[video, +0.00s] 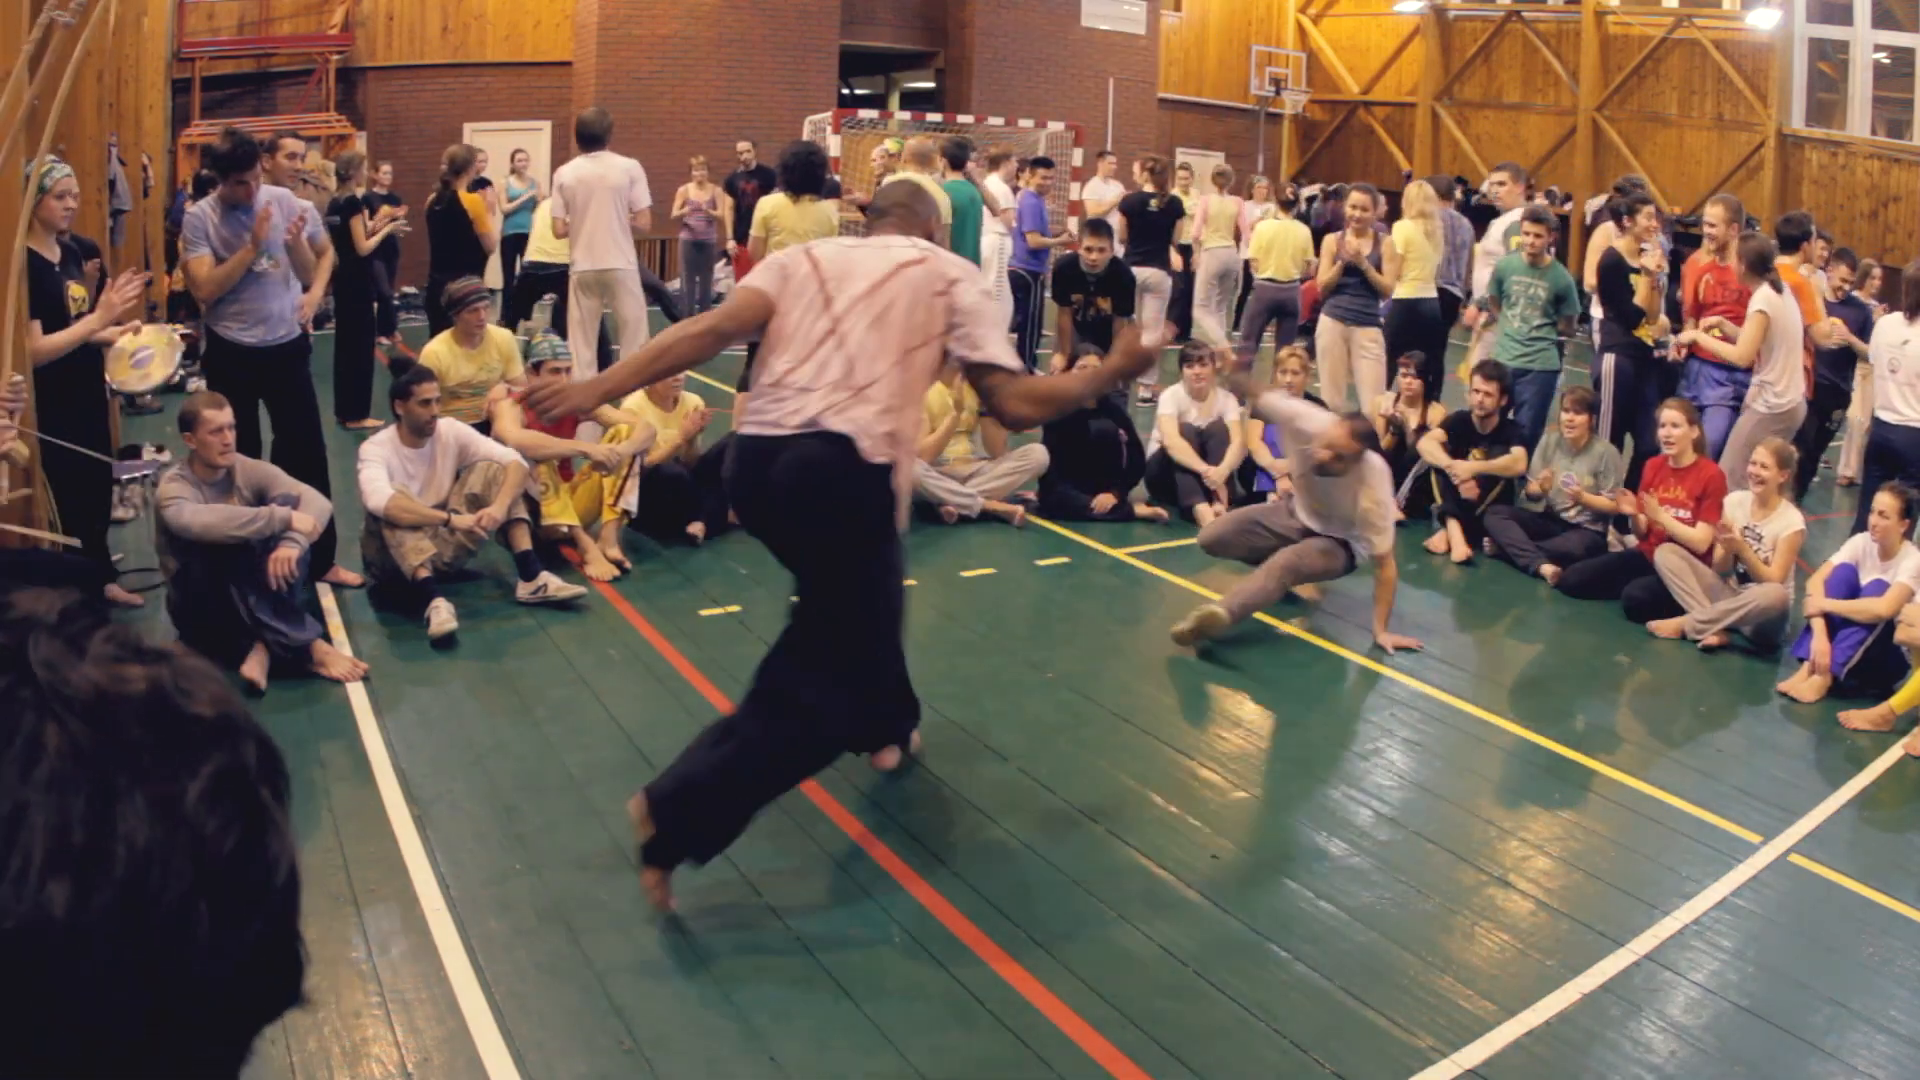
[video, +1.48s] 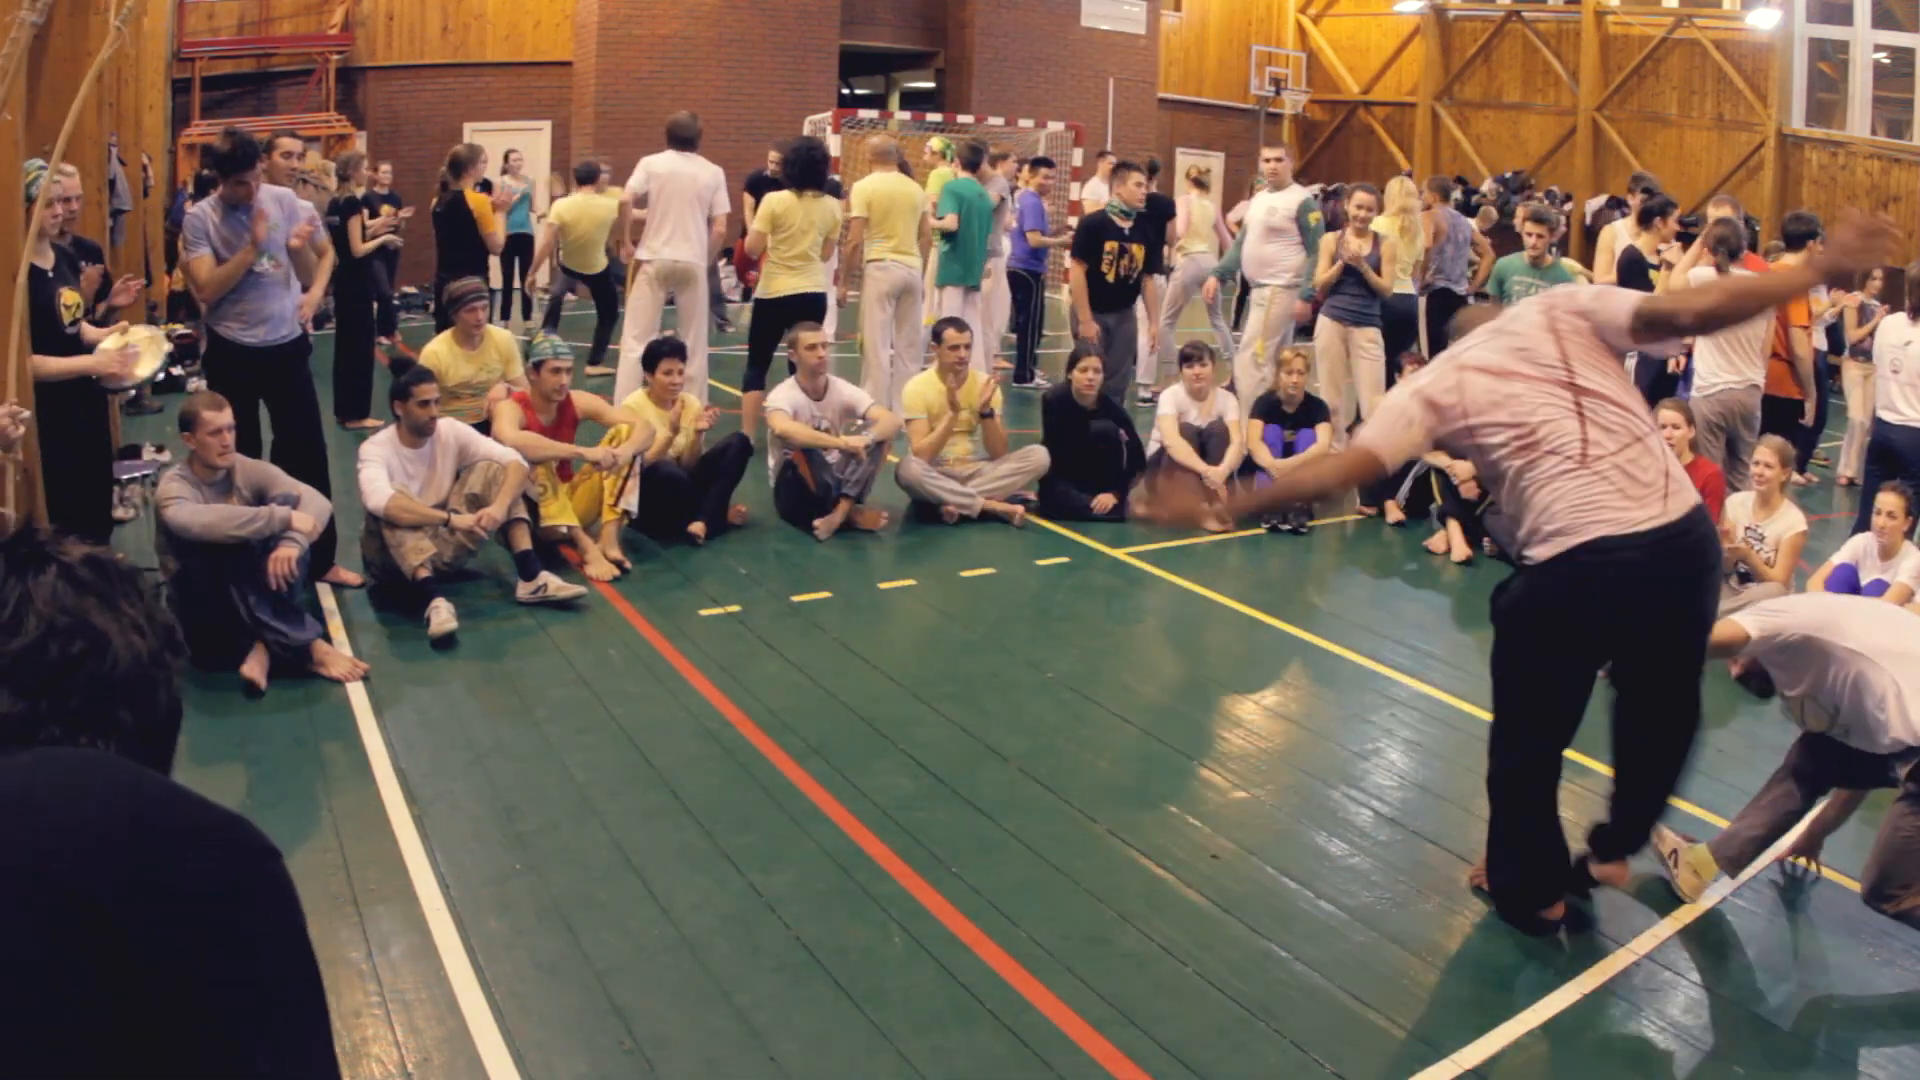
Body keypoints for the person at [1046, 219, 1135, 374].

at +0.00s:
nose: (1094, 257)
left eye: (1101, 251)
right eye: (1088, 250)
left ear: (1112, 251)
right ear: (1079, 248)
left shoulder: (1122, 274)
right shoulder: (1064, 267)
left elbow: (1120, 321)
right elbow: (1064, 313)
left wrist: (1113, 358)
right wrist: (1064, 353)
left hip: (1108, 336)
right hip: (1075, 334)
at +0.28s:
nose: (1101, 259)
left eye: (1108, 252)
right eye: (1095, 253)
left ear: (1115, 251)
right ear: (1082, 250)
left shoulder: (1124, 275)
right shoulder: (1065, 268)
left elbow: (1121, 320)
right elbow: (1064, 314)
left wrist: (1118, 357)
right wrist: (1064, 354)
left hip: (1112, 333)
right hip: (1077, 332)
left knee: (1116, 388)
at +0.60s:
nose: (1108, 255)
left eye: (1114, 248)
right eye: (1101, 248)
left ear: (1121, 248)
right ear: (1088, 245)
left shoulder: (1127, 271)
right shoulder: (1068, 267)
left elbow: (1124, 319)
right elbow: (1066, 314)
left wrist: (1121, 358)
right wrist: (1066, 359)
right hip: (1079, 336)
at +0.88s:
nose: (1120, 231)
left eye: (1127, 225)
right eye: (1114, 223)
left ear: (1135, 227)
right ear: (1102, 224)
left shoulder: (1139, 260)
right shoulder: (1078, 253)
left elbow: (1137, 309)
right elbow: (1064, 300)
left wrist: (1130, 352)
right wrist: (1061, 347)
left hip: (1117, 334)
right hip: (1079, 329)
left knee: (1114, 392)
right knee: (1065, 388)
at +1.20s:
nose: (1138, 197)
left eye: (1144, 192)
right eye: (1132, 190)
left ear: (1151, 199)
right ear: (1118, 195)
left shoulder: (1152, 240)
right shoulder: (1094, 229)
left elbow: (1153, 289)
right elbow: (1075, 274)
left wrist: (1145, 333)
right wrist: (1073, 324)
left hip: (1125, 320)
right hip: (1088, 317)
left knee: (1118, 387)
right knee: (1076, 385)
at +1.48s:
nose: (1144, 192)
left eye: (1145, 186)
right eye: (1137, 185)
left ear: (1147, 189)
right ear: (1118, 189)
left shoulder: (1146, 229)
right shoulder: (1092, 223)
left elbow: (1148, 279)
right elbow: (1077, 271)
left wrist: (1154, 323)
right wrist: (1085, 320)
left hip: (1124, 313)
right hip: (1092, 313)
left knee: (1118, 379)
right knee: (1087, 376)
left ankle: (1109, 435)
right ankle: (1078, 430)